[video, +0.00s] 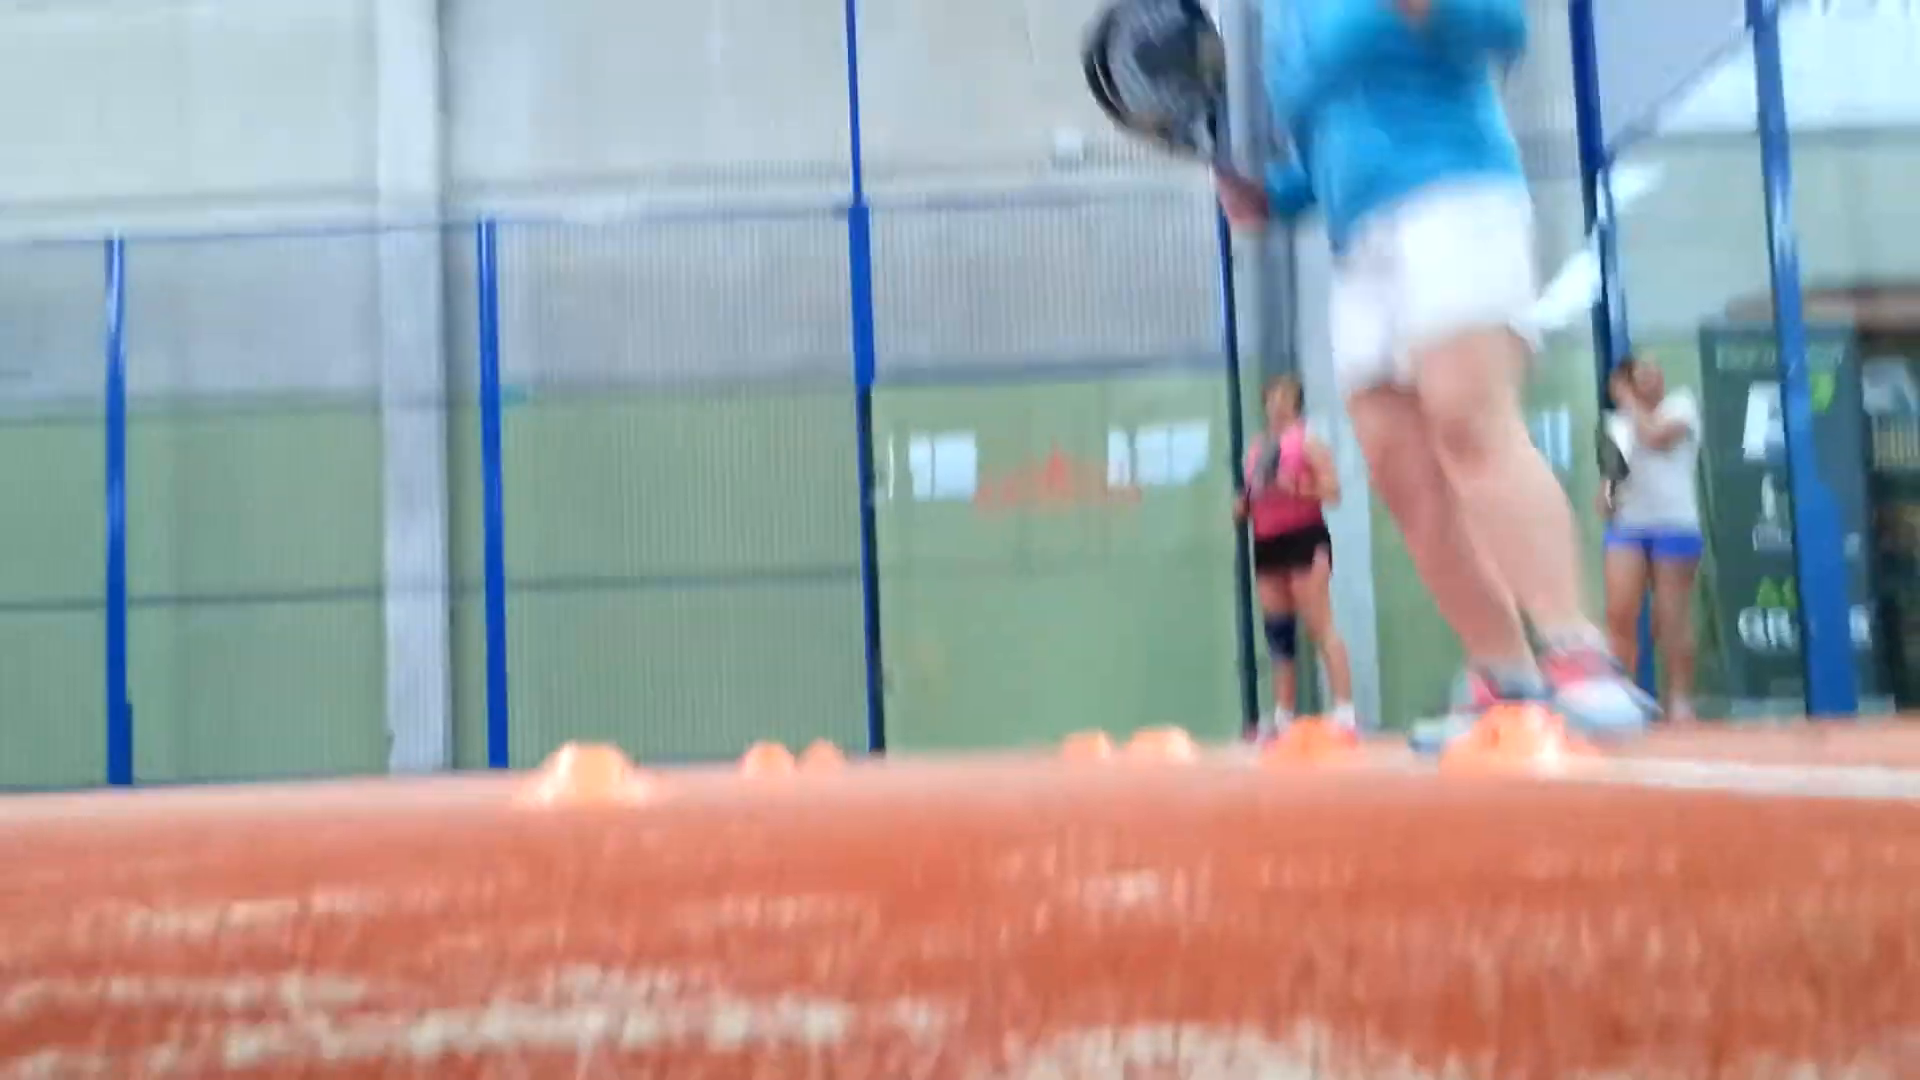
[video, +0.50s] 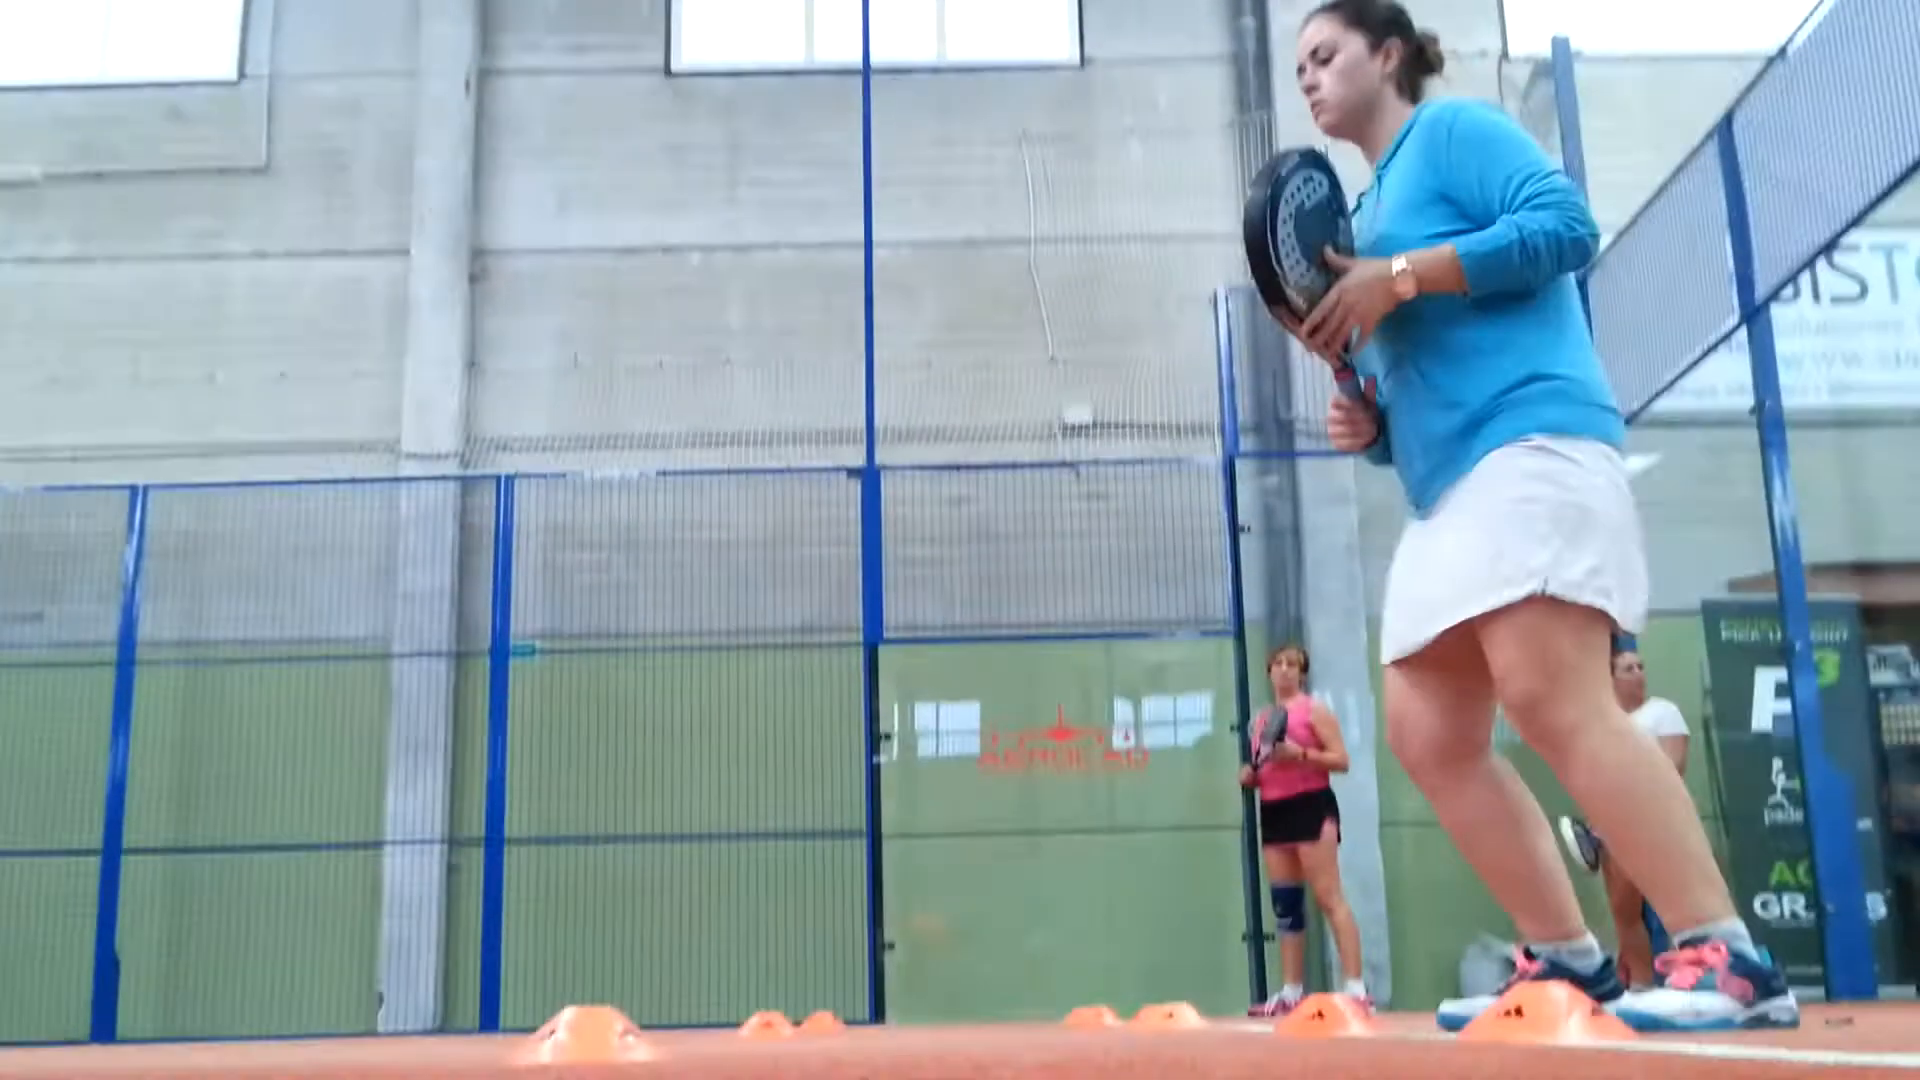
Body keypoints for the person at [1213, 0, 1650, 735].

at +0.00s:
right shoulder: (1286, 15)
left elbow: (1506, 29)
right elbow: (1331, 157)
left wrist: (1433, 11)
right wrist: (1269, 195)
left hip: (1455, 188)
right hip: (1357, 228)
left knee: (1470, 416)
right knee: (1399, 461)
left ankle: (1581, 664)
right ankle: (1510, 686)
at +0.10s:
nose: (1284, 56)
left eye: (1299, 32)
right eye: (1272, 41)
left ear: (1349, 30)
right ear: (1268, 56)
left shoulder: (1417, 110)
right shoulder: (1315, 177)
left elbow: (1503, 218)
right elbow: (1338, 350)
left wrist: (1402, 207)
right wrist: (1281, 378)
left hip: (1475, 398)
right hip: (1372, 439)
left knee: (1491, 620)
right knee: (1383, 675)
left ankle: (1623, 860)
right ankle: (1493, 858)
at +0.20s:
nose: (1254, 171)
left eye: (1268, 149)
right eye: (1249, 153)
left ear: (1315, 145)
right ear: (1262, 160)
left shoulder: (1387, 213)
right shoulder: (1298, 276)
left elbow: (1478, 307)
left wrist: (1351, 331)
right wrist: (1263, 472)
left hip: (1460, 523)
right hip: (1360, 556)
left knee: (1480, 760)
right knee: (1365, 798)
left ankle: (1603, 1025)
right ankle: (1484, 1028)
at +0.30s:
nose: (1288, 166)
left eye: (1304, 144)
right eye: (1282, 157)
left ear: (1369, 145)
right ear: (1299, 182)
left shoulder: (1431, 201)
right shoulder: (1341, 289)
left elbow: (1548, 284)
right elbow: (1401, 486)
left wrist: (1391, 315)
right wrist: (1351, 482)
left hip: (1517, 496)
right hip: (1428, 539)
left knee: (1527, 750)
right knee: (1423, 789)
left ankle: (1668, 1007)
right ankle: (1531, 1028)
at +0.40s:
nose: (1296, 117)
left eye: (1313, 94)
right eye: (1289, 106)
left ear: (1378, 93)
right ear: (1304, 129)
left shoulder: (1436, 151)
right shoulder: (1346, 240)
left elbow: (1553, 239)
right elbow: (1423, 406)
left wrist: (1400, 290)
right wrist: (1369, 443)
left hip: (1529, 445)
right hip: (1444, 482)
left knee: (1541, 714)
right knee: (1417, 744)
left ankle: (1691, 980)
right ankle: (1546, 991)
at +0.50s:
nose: (1306, 82)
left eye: (1323, 57)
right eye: (1302, 70)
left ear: (1390, 55)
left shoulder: (1456, 126)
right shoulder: (1367, 211)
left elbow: (1566, 226)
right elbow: (1427, 395)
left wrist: (1402, 277)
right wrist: (1371, 415)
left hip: (1537, 443)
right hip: (1447, 489)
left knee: (1556, 699)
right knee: (1431, 736)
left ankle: (1724, 958)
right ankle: (1567, 963)